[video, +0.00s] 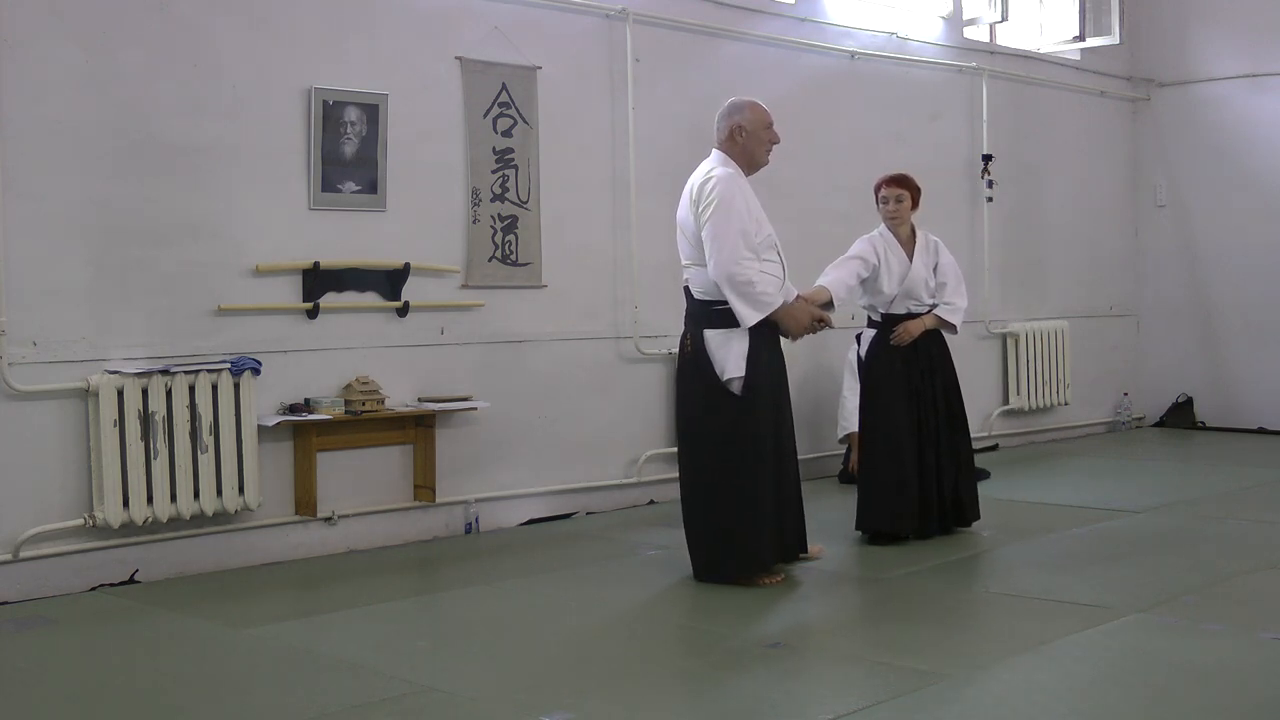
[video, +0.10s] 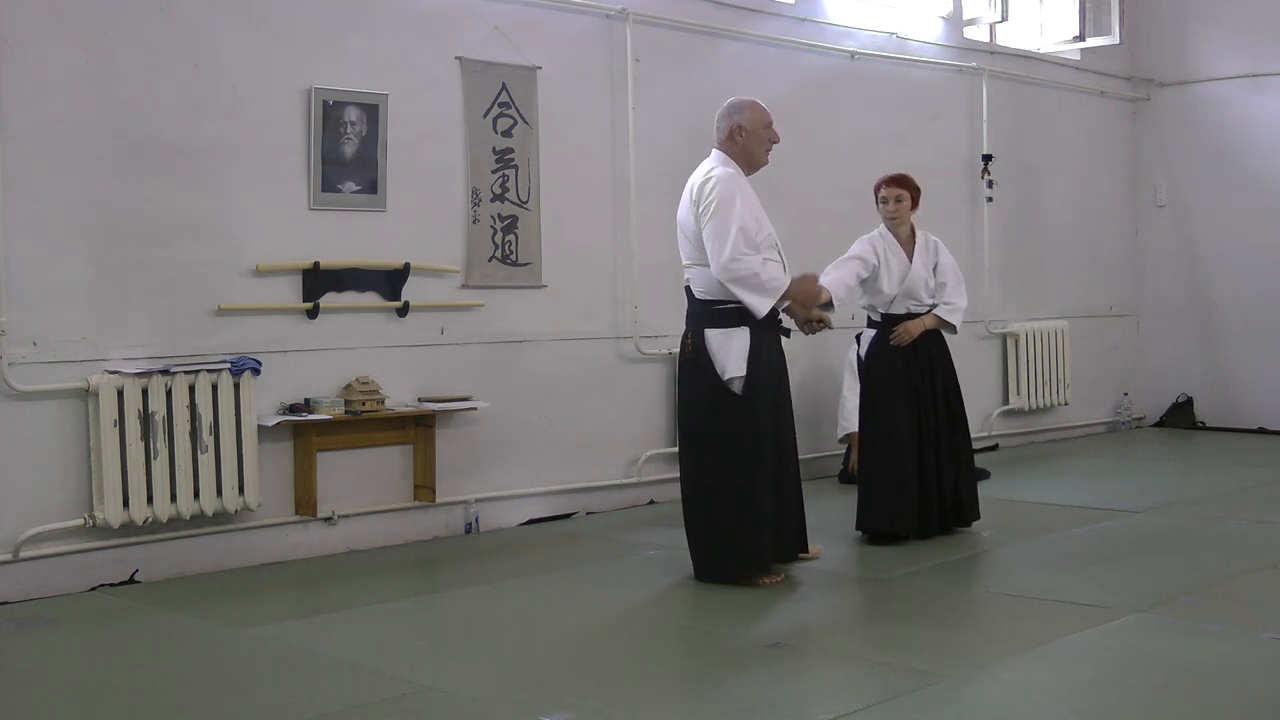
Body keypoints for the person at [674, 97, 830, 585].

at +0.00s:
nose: (776, 138)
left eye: (773, 129)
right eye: (768, 129)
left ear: (736, 133)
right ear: (738, 134)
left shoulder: (727, 180)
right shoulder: (721, 183)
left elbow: (750, 263)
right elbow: (732, 268)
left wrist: (793, 301)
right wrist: (782, 311)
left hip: (747, 326)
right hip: (725, 330)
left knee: (766, 438)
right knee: (733, 447)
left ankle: (776, 541)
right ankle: (734, 561)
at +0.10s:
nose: (775, 138)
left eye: (773, 129)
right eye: (767, 129)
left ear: (735, 132)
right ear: (738, 133)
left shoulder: (726, 180)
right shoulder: (721, 183)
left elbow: (745, 262)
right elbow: (732, 263)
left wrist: (791, 307)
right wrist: (790, 291)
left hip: (747, 327)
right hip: (726, 330)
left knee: (767, 438)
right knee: (733, 447)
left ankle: (776, 540)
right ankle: (733, 561)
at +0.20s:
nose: (776, 138)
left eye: (774, 129)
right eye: (768, 129)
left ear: (735, 134)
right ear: (737, 134)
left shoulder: (725, 180)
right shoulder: (721, 182)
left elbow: (742, 263)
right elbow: (735, 258)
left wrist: (790, 306)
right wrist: (794, 264)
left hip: (748, 325)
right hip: (727, 329)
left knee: (769, 438)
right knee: (734, 446)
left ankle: (776, 541)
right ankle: (734, 561)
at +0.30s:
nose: (776, 138)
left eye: (774, 129)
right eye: (769, 130)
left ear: (736, 134)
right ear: (738, 135)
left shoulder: (727, 180)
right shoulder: (722, 182)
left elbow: (744, 264)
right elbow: (743, 257)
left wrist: (790, 307)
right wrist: (796, 246)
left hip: (749, 324)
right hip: (729, 328)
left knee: (769, 437)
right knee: (735, 445)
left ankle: (777, 540)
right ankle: (735, 561)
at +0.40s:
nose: (777, 136)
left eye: (775, 128)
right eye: (769, 129)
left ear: (734, 135)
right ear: (738, 135)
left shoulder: (718, 179)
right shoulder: (727, 184)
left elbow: (743, 265)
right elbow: (749, 258)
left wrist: (790, 307)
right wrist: (800, 243)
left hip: (743, 323)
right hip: (732, 329)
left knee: (768, 438)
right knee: (737, 445)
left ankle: (775, 541)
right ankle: (736, 561)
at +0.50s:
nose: (778, 136)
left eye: (776, 128)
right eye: (770, 129)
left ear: (736, 136)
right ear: (739, 135)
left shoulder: (717, 179)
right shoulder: (729, 185)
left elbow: (743, 266)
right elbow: (753, 257)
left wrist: (790, 308)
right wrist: (802, 249)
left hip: (737, 322)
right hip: (734, 328)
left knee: (763, 438)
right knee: (738, 444)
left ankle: (772, 544)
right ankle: (736, 560)